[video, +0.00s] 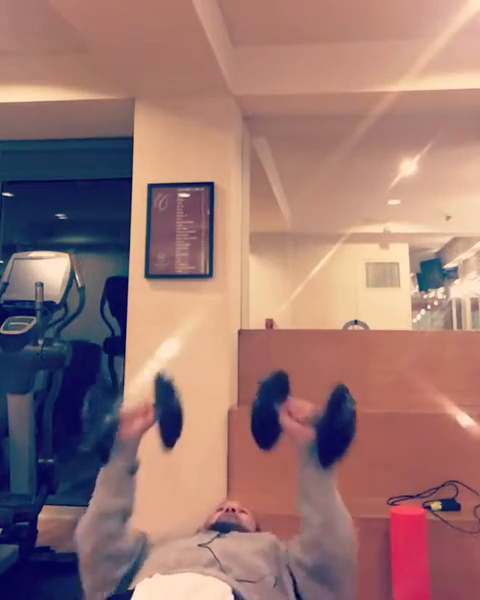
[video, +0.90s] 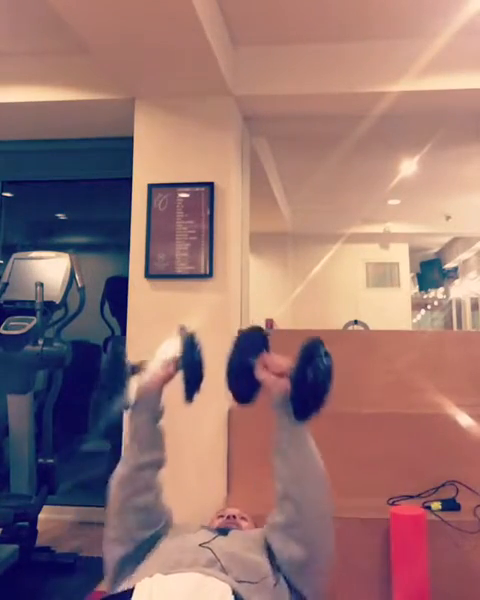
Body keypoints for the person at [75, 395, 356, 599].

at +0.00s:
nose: (230, 509)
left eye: (240, 511)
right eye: (222, 509)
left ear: (258, 529)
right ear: (203, 525)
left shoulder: (284, 558)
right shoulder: (157, 552)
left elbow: (332, 551)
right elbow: (98, 542)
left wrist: (310, 450)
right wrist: (124, 447)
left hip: (227, 590)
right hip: (153, 587)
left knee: (203, 590)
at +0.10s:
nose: (229, 506)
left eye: (240, 507)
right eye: (221, 506)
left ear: (258, 529)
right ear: (203, 524)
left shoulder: (279, 555)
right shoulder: (161, 548)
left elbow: (346, 590)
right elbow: (85, 585)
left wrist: (321, 492)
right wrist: (113, 482)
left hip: (227, 590)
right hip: (155, 586)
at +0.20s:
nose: (231, 504)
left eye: (243, 506)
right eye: (222, 504)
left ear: (260, 529)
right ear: (204, 524)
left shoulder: (275, 556)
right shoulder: (163, 550)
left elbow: (329, 594)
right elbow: (92, 592)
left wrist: (326, 531)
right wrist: (107, 523)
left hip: (220, 589)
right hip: (151, 588)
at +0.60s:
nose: (229, 506)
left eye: (240, 507)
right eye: (220, 505)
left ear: (257, 529)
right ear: (201, 524)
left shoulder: (272, 553)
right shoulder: (160, 549)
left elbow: (334, 596)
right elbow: (81, 591)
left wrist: (320, 518)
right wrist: (113, 495)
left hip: (223, 590)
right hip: (146, 587)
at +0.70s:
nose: (228, 510)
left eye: (239, 512)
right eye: (219, 509)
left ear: (258, 531)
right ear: (201, 526)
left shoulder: (276, 552)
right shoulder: (159, 550)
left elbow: (336, 580)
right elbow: (91, 562)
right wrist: (120, 457)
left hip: (226, 591)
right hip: (153, 587)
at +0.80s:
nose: (229, 513)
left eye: (240, 516)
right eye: (220, 513)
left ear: (258, 534)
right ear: (203, 528)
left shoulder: (277, 555)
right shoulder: (148, 549)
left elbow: (325, 526)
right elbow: (108, 511)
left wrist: (298, 428)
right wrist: (133, 420)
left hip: (223, 589)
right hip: (153, 587)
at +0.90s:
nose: (230, 516)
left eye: (241, 518)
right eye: (222, 515)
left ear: (259, 533)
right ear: (205, 526)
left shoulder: (283, 564)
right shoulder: (146, 550)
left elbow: (305, 503)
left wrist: (285, 404)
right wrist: (147, 393)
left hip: (221, 589)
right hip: (147, 587)